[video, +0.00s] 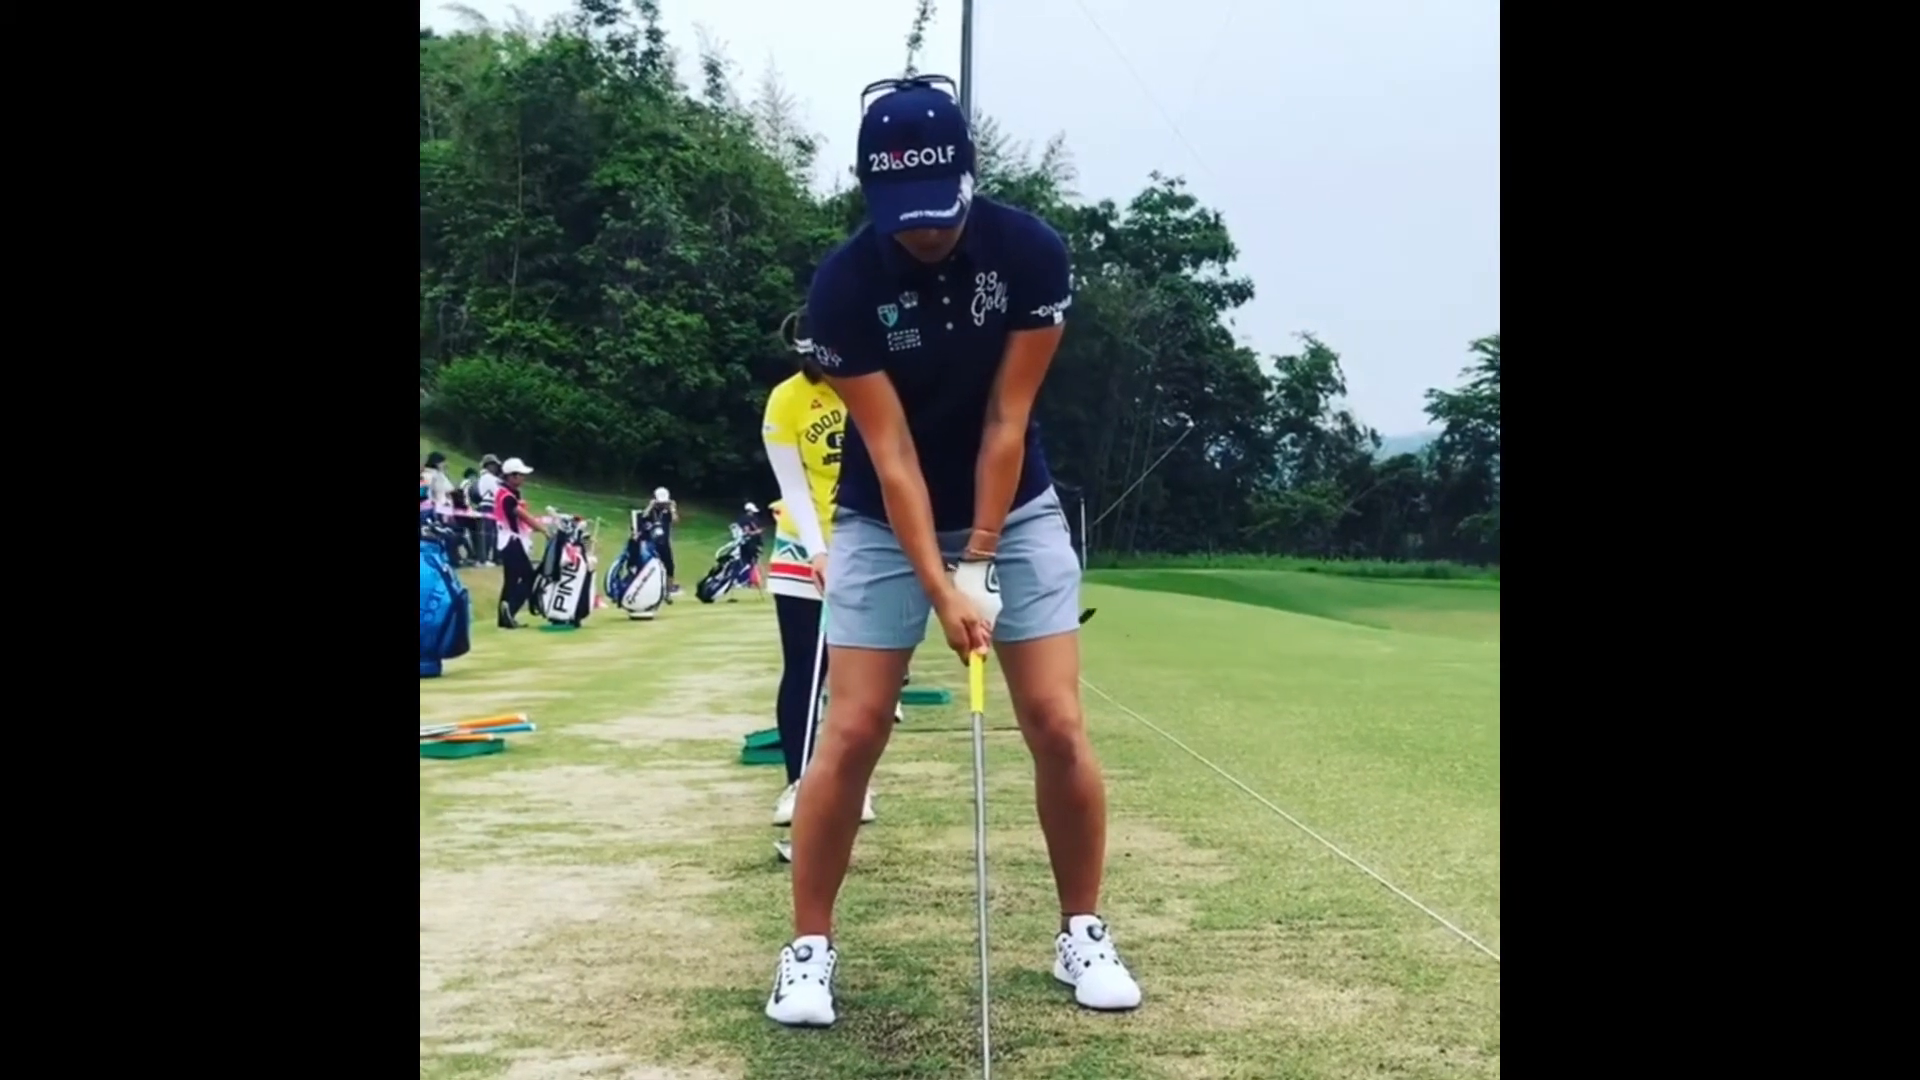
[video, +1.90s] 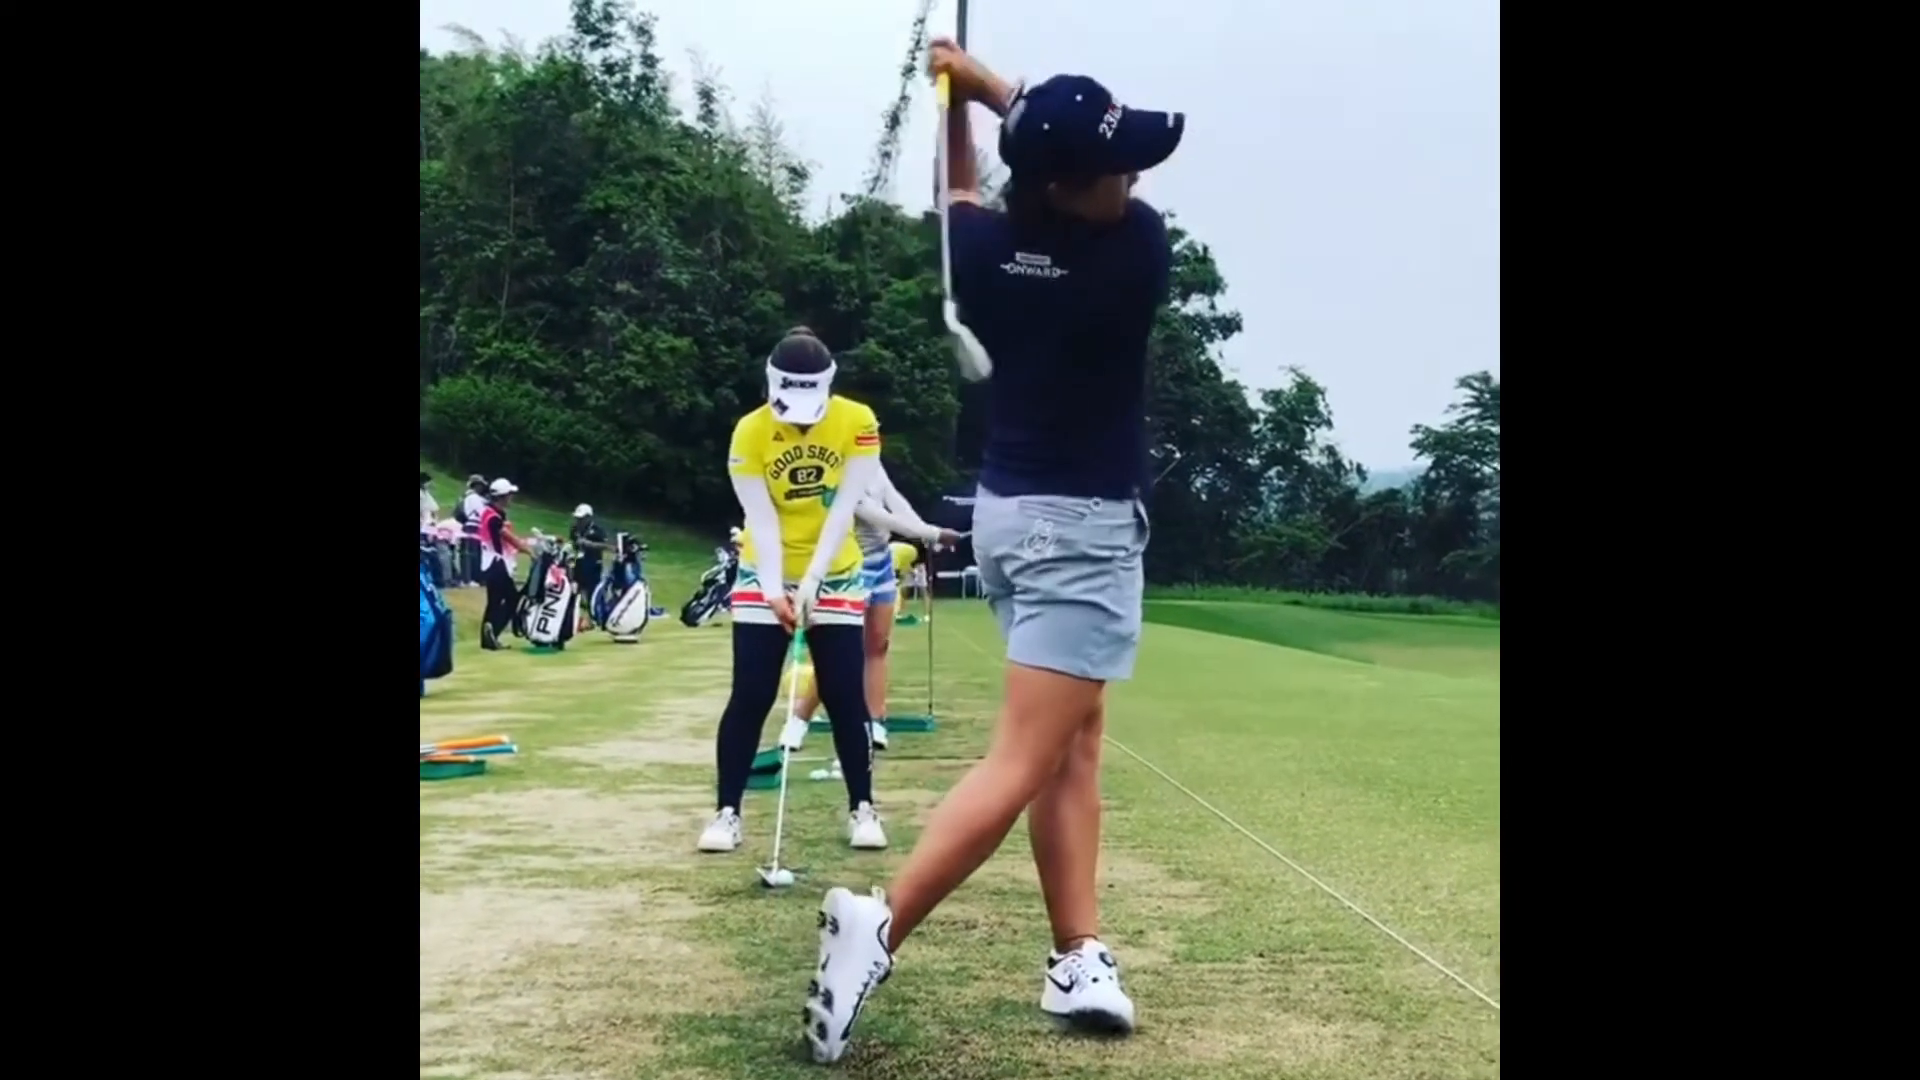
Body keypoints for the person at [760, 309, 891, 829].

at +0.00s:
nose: (824, 361)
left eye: (832, 350)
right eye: (816, 351)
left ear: (849, 346)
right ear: (804, 350)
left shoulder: (872, 394)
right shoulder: (787, 399)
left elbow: (883, 479)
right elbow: (792, 485)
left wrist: (872, 547)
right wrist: (816, 548)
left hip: (861, 557)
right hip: (801, 558)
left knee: (867, 683)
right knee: (805, 674)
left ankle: (858, 780)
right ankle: (800, 781)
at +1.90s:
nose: (798, 412)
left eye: (809, 401)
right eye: (788, 400)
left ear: (827, 385)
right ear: (772, 385)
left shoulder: (857, 421)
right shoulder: (749, 435)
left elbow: (846, 504)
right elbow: (761, 521)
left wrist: (811, 577)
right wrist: (772, 585)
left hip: (836, 575)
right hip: (762, 574)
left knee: (845, 697)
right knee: (750, 695)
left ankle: (863, 808)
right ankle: (727, 813)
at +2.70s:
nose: (796, 428)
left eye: (806, 418)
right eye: (786, 417)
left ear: (826, 400)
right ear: (771, 401)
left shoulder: (857, 438)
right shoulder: (748, 447)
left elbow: (840, 520)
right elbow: (762, 532)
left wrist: (804, 590)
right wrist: (778, 600)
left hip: (830, 587)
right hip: (757, 587)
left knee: (834, 702)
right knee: (742, 702)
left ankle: (850, 819)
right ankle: (710, 821)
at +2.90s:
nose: (850, 357)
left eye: (861, 348)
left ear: (884, 347)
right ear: (832, 346)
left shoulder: (898, 400)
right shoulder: (809, 402)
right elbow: (809, 494)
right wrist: (829, 558)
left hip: (876, 566)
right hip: (813, 565)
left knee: (876, 692)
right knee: (815, 681)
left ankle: (869, 786)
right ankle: (810, 787)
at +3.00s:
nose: (841, 360)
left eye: (852, 353)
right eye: (834, 351)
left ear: (878, 350)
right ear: (826, 351)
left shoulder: (892, 400)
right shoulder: (809, 405)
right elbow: (811, 496)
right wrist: (828, 564)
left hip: (874, 553)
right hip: (815, 551)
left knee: (869, 675)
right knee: (811, 668)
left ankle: (871, 783)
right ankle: (806, 777)